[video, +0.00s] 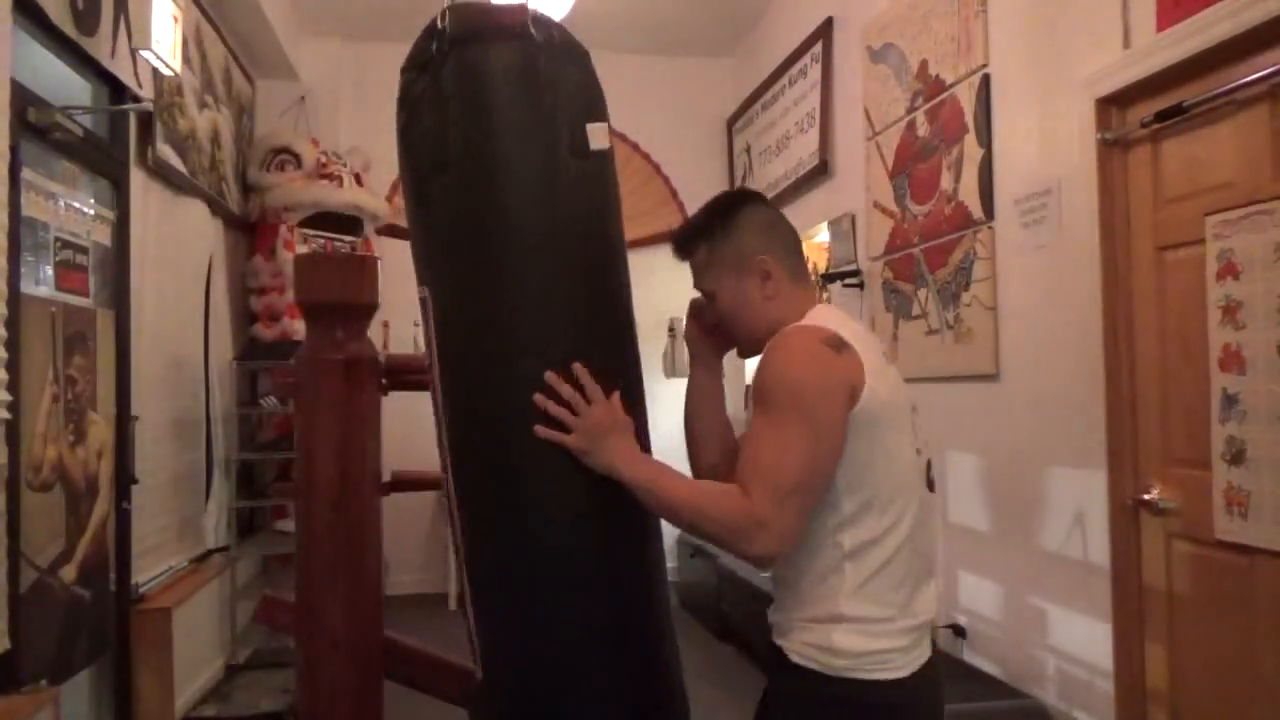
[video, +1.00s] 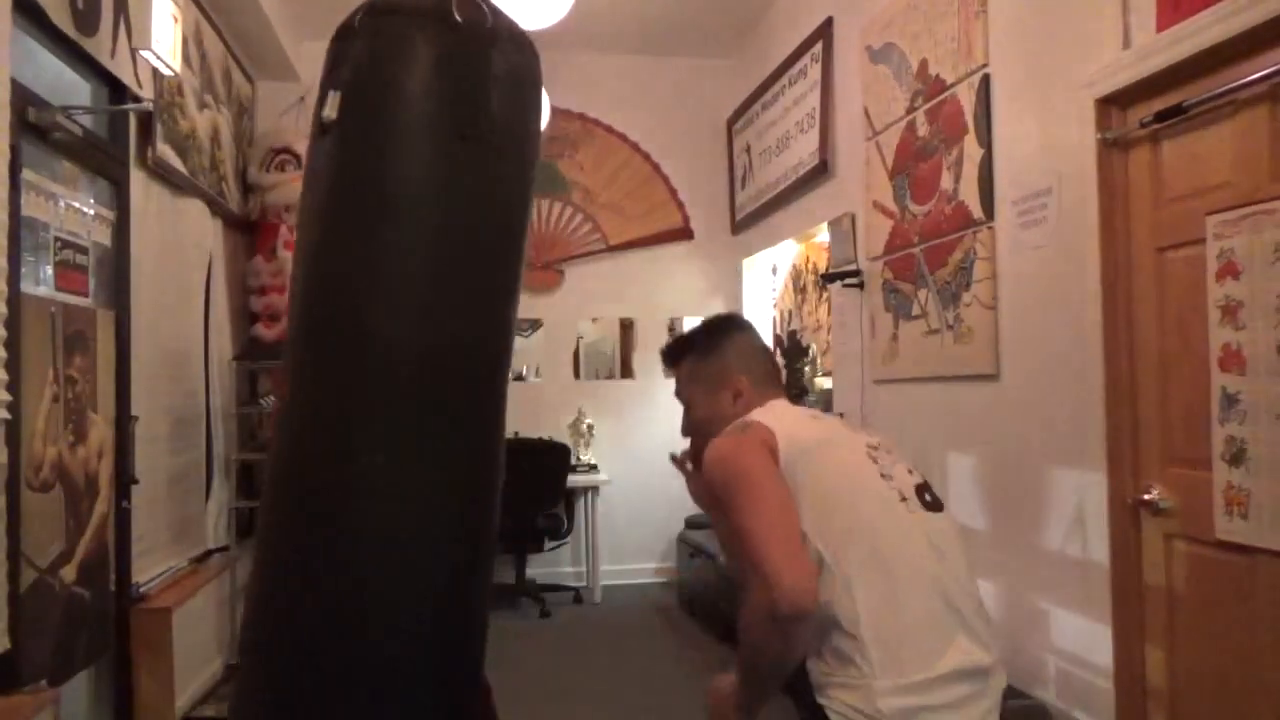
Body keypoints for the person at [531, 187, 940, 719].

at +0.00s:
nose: (706, 313)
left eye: (710, 294)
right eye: (703, 297)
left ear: (765, 278)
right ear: (771, 280)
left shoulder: (805, 351)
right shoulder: (836, 337)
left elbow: (762, 530)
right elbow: (719, 479)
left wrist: (624, 458)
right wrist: (705, 359)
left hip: (841, 683)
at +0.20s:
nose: (686, 312)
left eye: (692, 288)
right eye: (683, 291)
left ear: (755, 268)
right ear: (757, 271)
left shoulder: (836, 367)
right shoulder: (789, 369)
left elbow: (757, 548)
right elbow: (681, 496)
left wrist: (665, 404)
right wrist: (674, 378)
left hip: (866, 692)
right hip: (818, 676)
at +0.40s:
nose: (620, 388)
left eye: (626, 362)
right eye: (619, 365)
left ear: (690, 346)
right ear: (692, 348)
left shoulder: (828, 446)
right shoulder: (712, 463)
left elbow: (781, 659)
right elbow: (660, 612)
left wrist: (641, 517)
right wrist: (622, 508)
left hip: (892, 707)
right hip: (810, 699)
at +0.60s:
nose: (607, 401)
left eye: (609, 380)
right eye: (603, 383)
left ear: (662, 369)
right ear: (665, 369)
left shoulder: (763, 449)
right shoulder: (749, 436)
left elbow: (785, 669)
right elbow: (689, 601)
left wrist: (630, 583)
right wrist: (625, 478)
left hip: (897, 707)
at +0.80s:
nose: (663, 371)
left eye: (664, 351)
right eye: (660, 354)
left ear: (711, 339)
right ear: (757, 334)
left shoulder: (726, 396)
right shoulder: (827, 385)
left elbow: (762, 560)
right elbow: (733, 524)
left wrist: (680, 597)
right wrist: (691, 443)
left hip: (873, 701)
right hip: (961, 682)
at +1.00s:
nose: (683, 428)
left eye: (687, 404)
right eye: (682, 406)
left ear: (736, 393)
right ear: (759, 389)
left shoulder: (738, 444)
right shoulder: (842, 431)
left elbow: (789, 598)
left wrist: (745, 696)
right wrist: (720, 509)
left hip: (883, 707)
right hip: (977, 698)